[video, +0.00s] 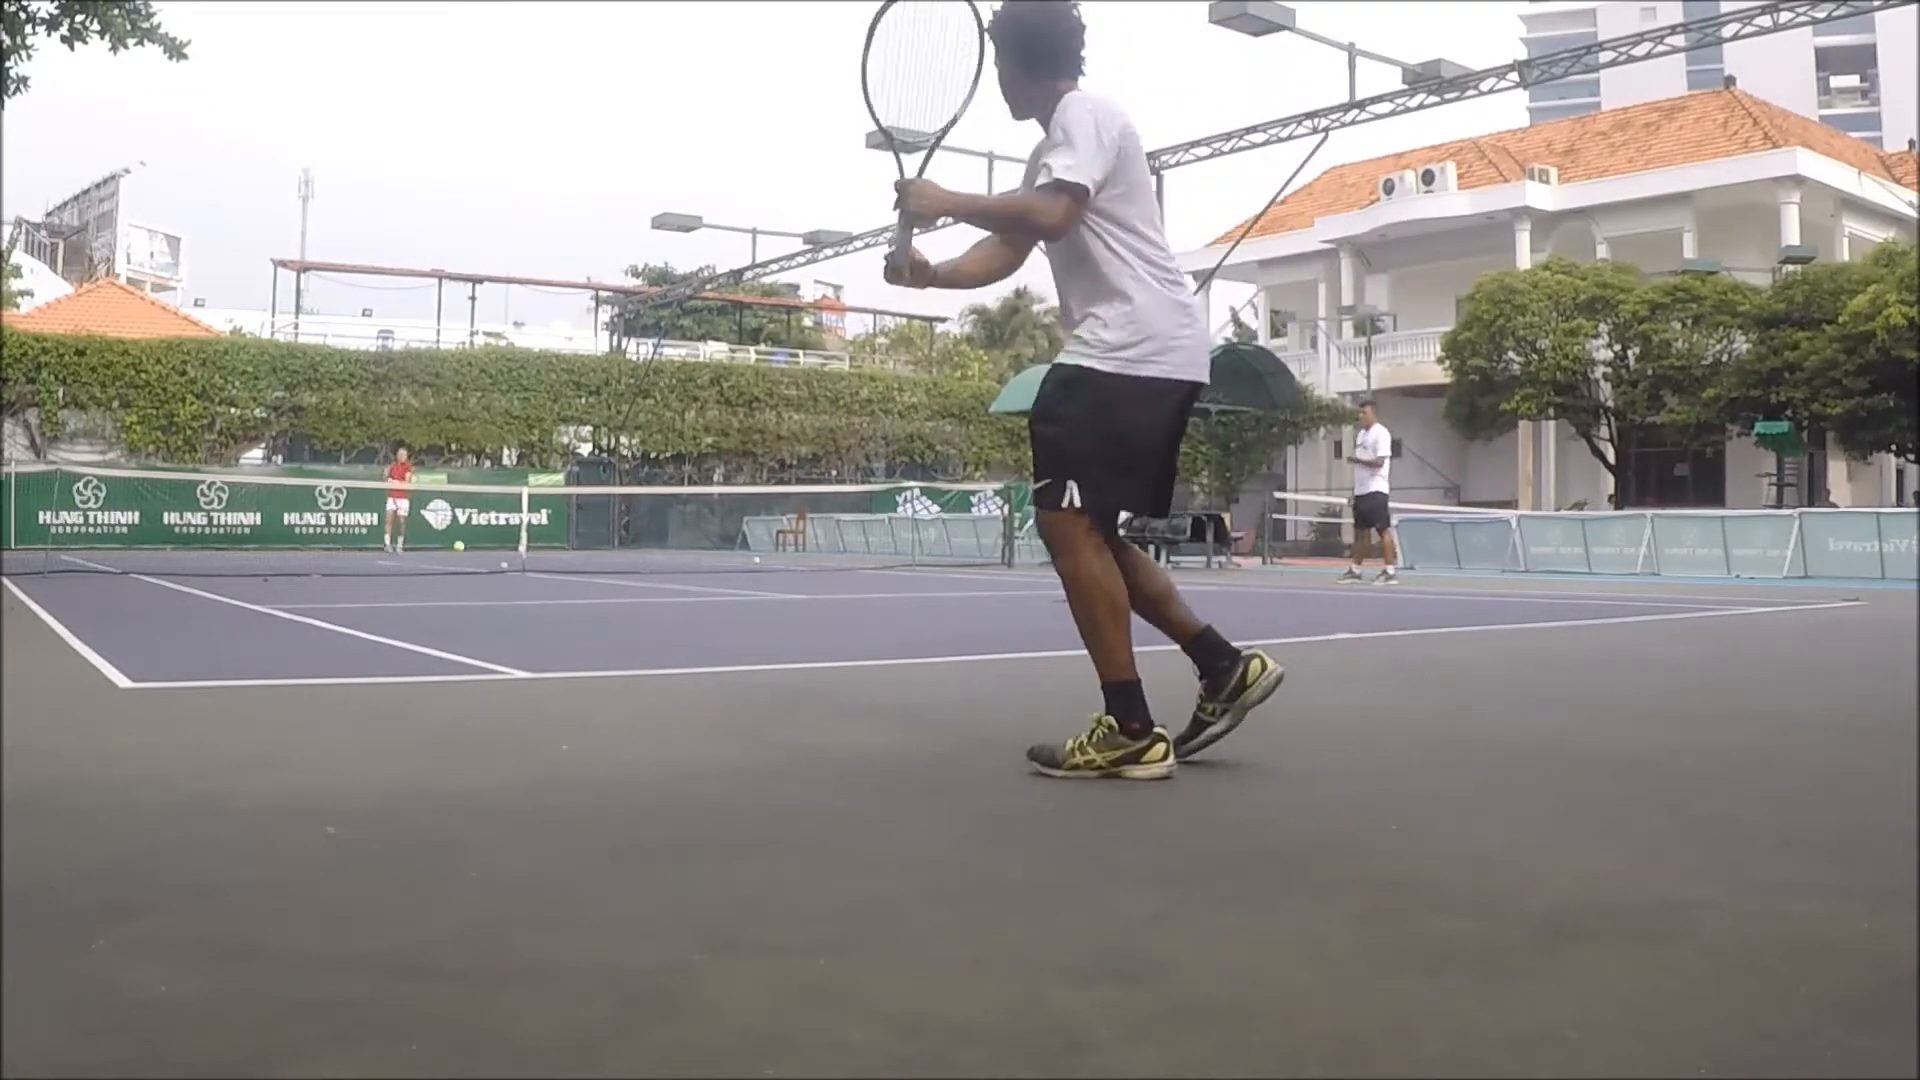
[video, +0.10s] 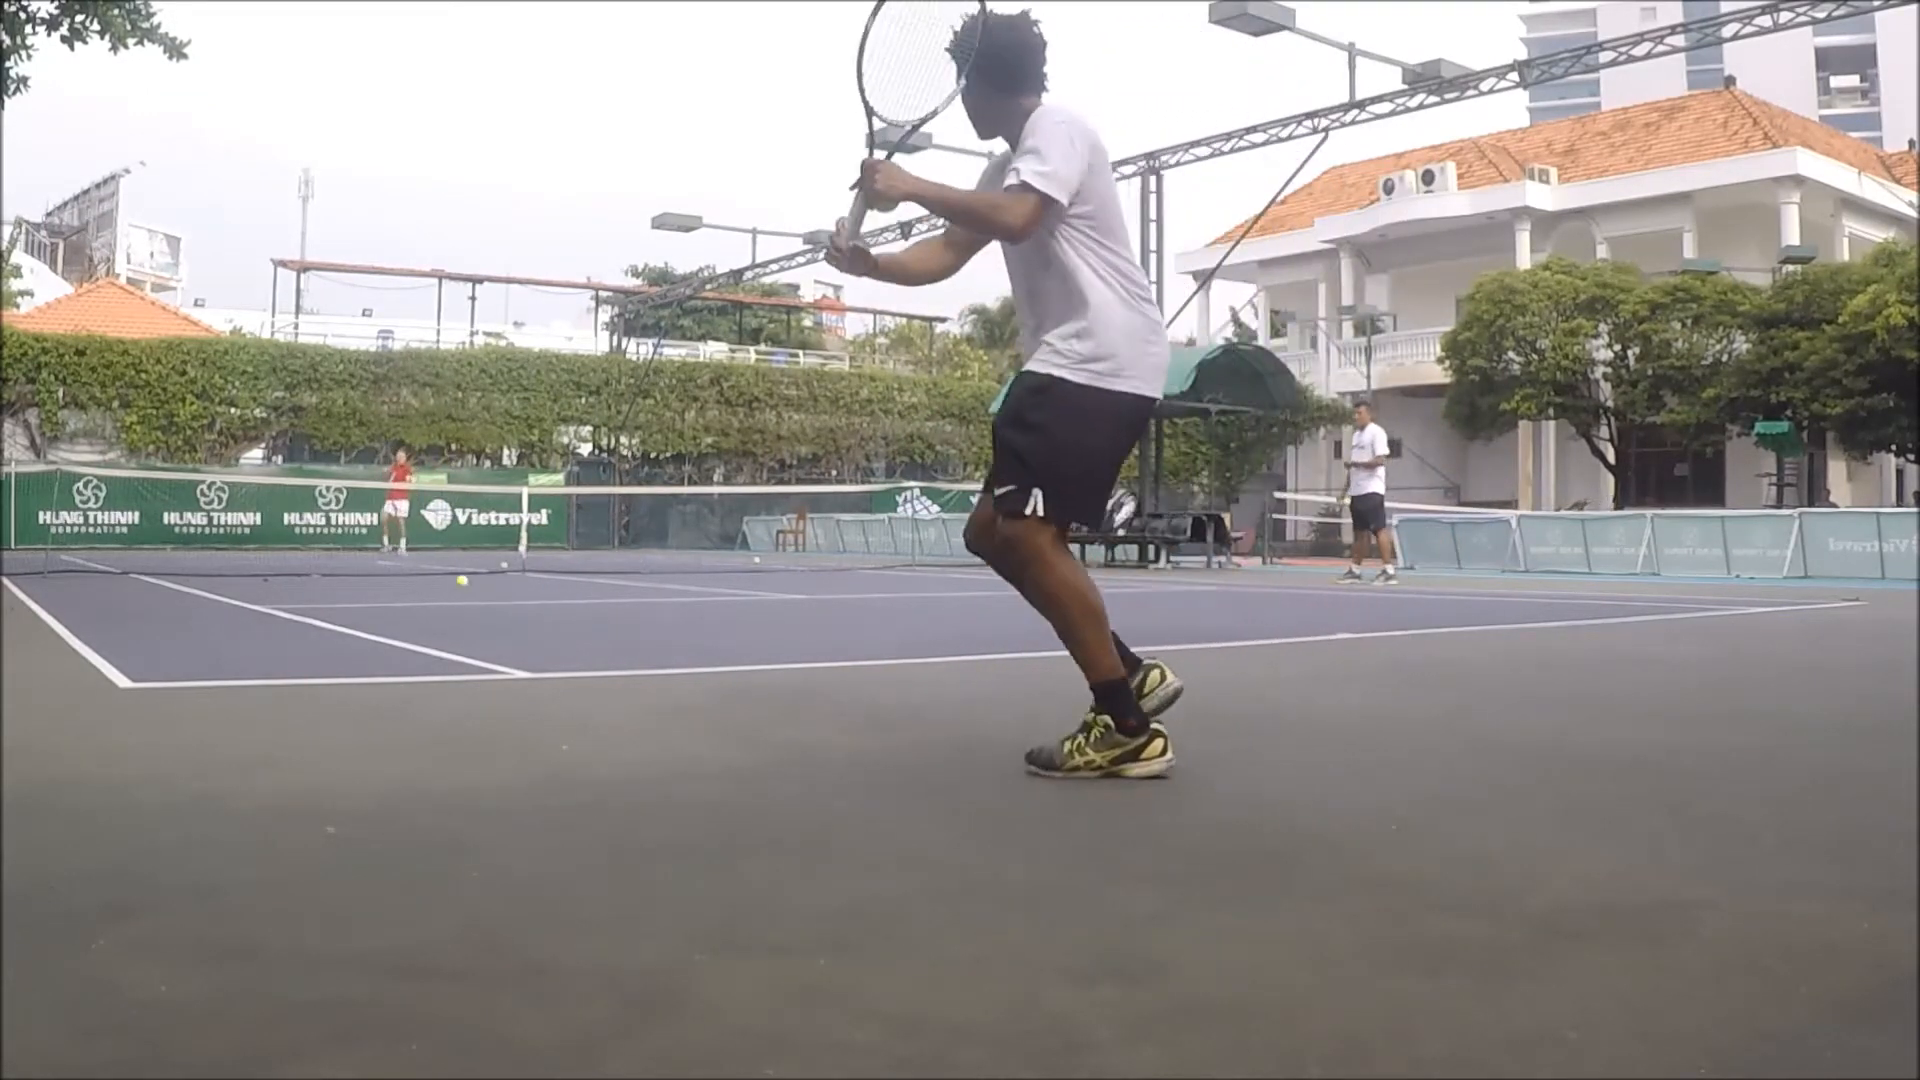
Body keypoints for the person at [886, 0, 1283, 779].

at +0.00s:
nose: (994, 75)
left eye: (998, 58)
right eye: (995, 58)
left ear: (1019, 60)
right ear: (1069, 51)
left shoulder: (1085, 114)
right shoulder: (1067, 138)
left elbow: (1052, 215)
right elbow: (1004, 251)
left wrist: (950, 200)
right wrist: (932, 271)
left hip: (1128, 347)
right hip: (1149, 350)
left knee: (1064, 518)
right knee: (1089, 532)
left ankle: (1130, 725)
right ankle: (1223, 667)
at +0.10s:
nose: (961, 101)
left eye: (965, 85)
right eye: (962, 86)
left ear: (990, 82)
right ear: (1021, 80)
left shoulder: (1058, 129)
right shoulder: (1010, 168)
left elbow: (1018, 217)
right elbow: (940, 257)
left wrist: (912, 188)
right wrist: (864, 260)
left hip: (1100, 361)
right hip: (1068, 362)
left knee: (1020, 531)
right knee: (992, 533)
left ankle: (1125, 726)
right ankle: (1128, 675)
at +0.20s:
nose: (922, 127)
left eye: (929, 111)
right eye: (920, 115)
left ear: (964, 104)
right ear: (971, 109)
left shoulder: (1022, 148)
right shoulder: (971, 187)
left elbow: (973, 224)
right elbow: (897, 267)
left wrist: (875, 182)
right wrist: (823, 257)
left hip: (1064, 378)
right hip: (1018, 381)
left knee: (988, 550)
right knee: (912, 518)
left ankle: (1124, 721)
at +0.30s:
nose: (882, 148)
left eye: (888, 134)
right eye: (880, 136)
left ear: (922, 124)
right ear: (918, 126)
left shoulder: (977, 157)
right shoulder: (921, 211)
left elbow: (922, 214)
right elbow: (844, 273)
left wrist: (833, 171)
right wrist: (774, 248)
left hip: (1016, 388)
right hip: (964, 393)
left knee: (970, 557)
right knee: (859, 505)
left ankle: (1115, 711)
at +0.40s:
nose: (826, 150)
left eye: (833, 138)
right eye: (824, 142)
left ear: (861, 131)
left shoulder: (922, 163)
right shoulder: (853, 216)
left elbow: (881, 207)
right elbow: (780, 272)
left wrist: (801, 156)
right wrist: (727, 228)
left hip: (963, 392)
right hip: (911, 401)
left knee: (951, 555)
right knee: (825, 532)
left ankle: (1102, 695)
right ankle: (756, 683)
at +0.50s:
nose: (774, 168)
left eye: (780, 154)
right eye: (772, 156)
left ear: (807, 152)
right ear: (813, 152)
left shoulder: (877, 189)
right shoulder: (800, 238)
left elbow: (849, 219)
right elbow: (723, 269)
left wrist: (783, 152)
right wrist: (694, 207)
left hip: (905, 407)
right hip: (854, 417)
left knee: (894, 566)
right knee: (767, 523)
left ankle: (1064, 671)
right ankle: (729, 689)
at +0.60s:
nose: (735, 202)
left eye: (742, 188)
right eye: (730, 191)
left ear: (780, 182)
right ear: (738, 200)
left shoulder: (833, 218)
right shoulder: (761, 263)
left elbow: (844, 273)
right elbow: (693, 285)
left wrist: (780, 198)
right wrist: (682, 213)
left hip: (872, 410)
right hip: (821, 422)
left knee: (825, 571)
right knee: (729, 516)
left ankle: (993, 660)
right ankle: (725, 688)